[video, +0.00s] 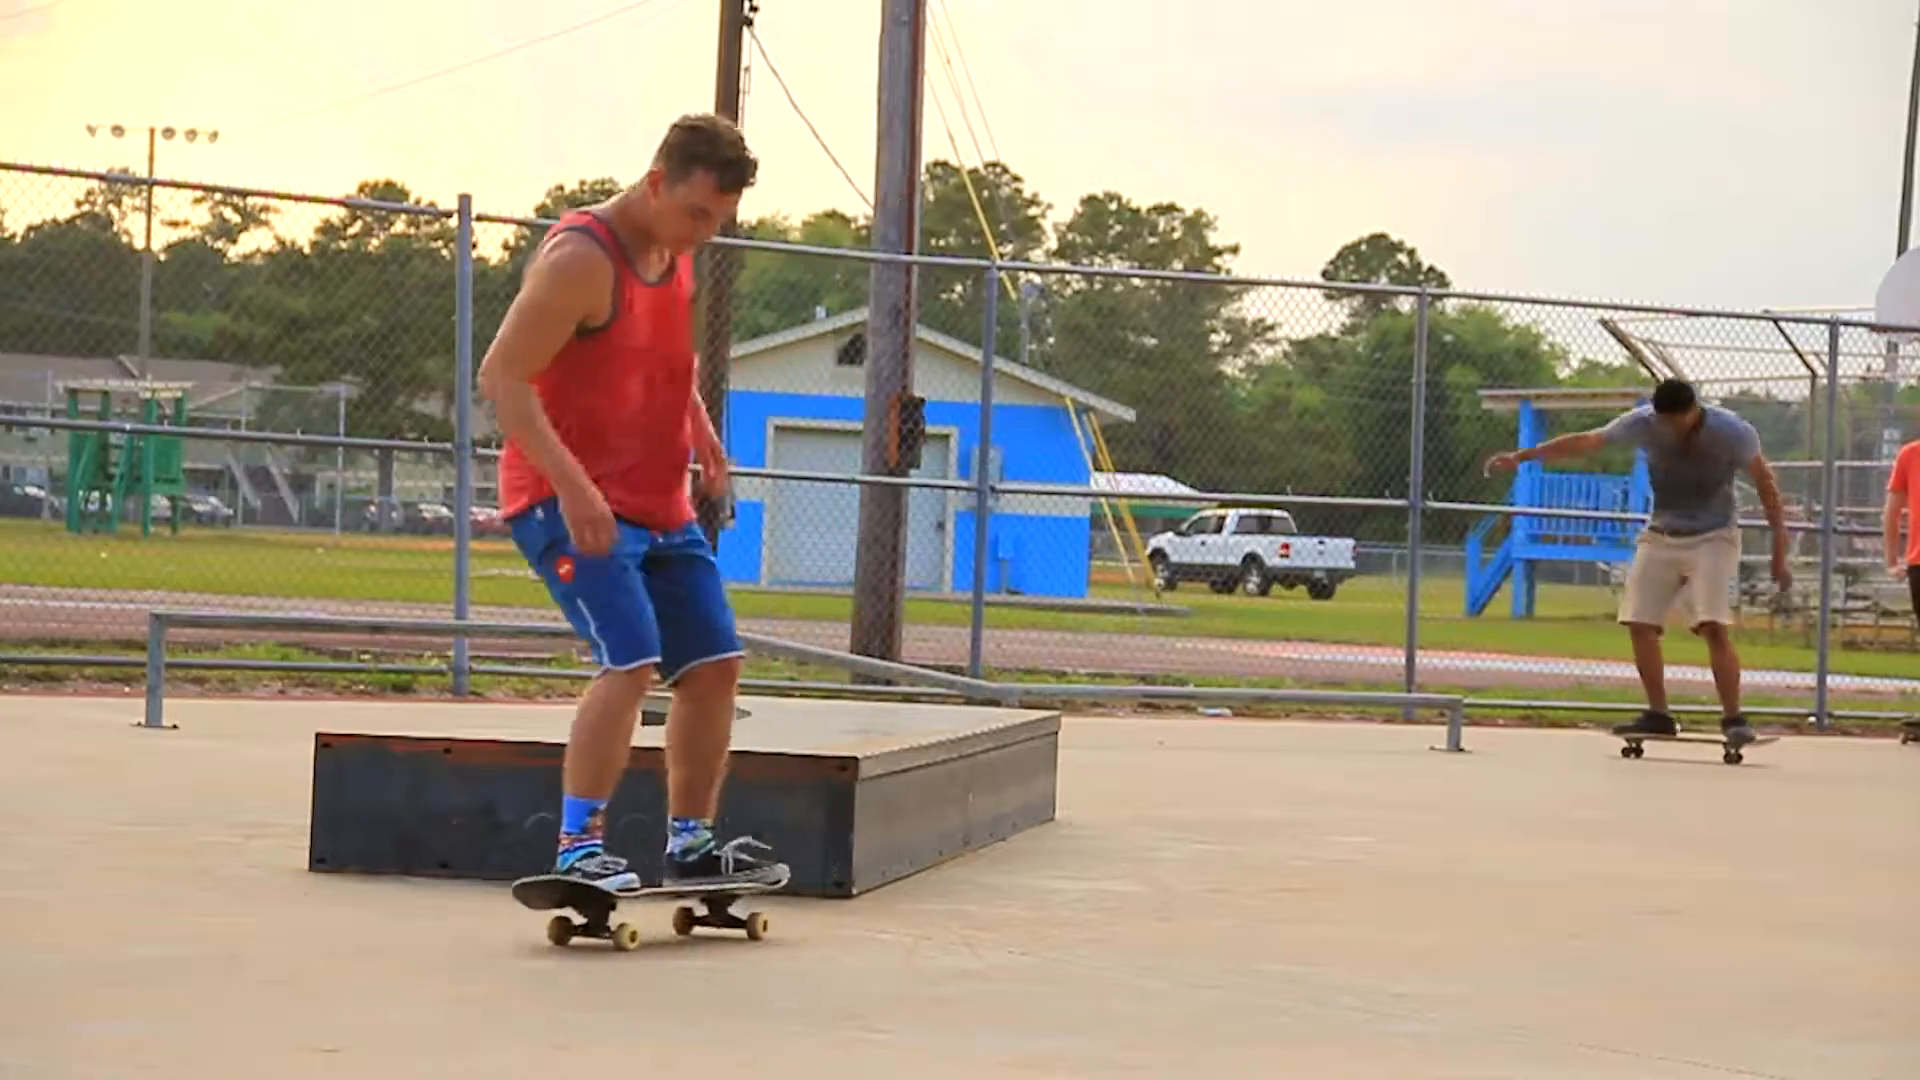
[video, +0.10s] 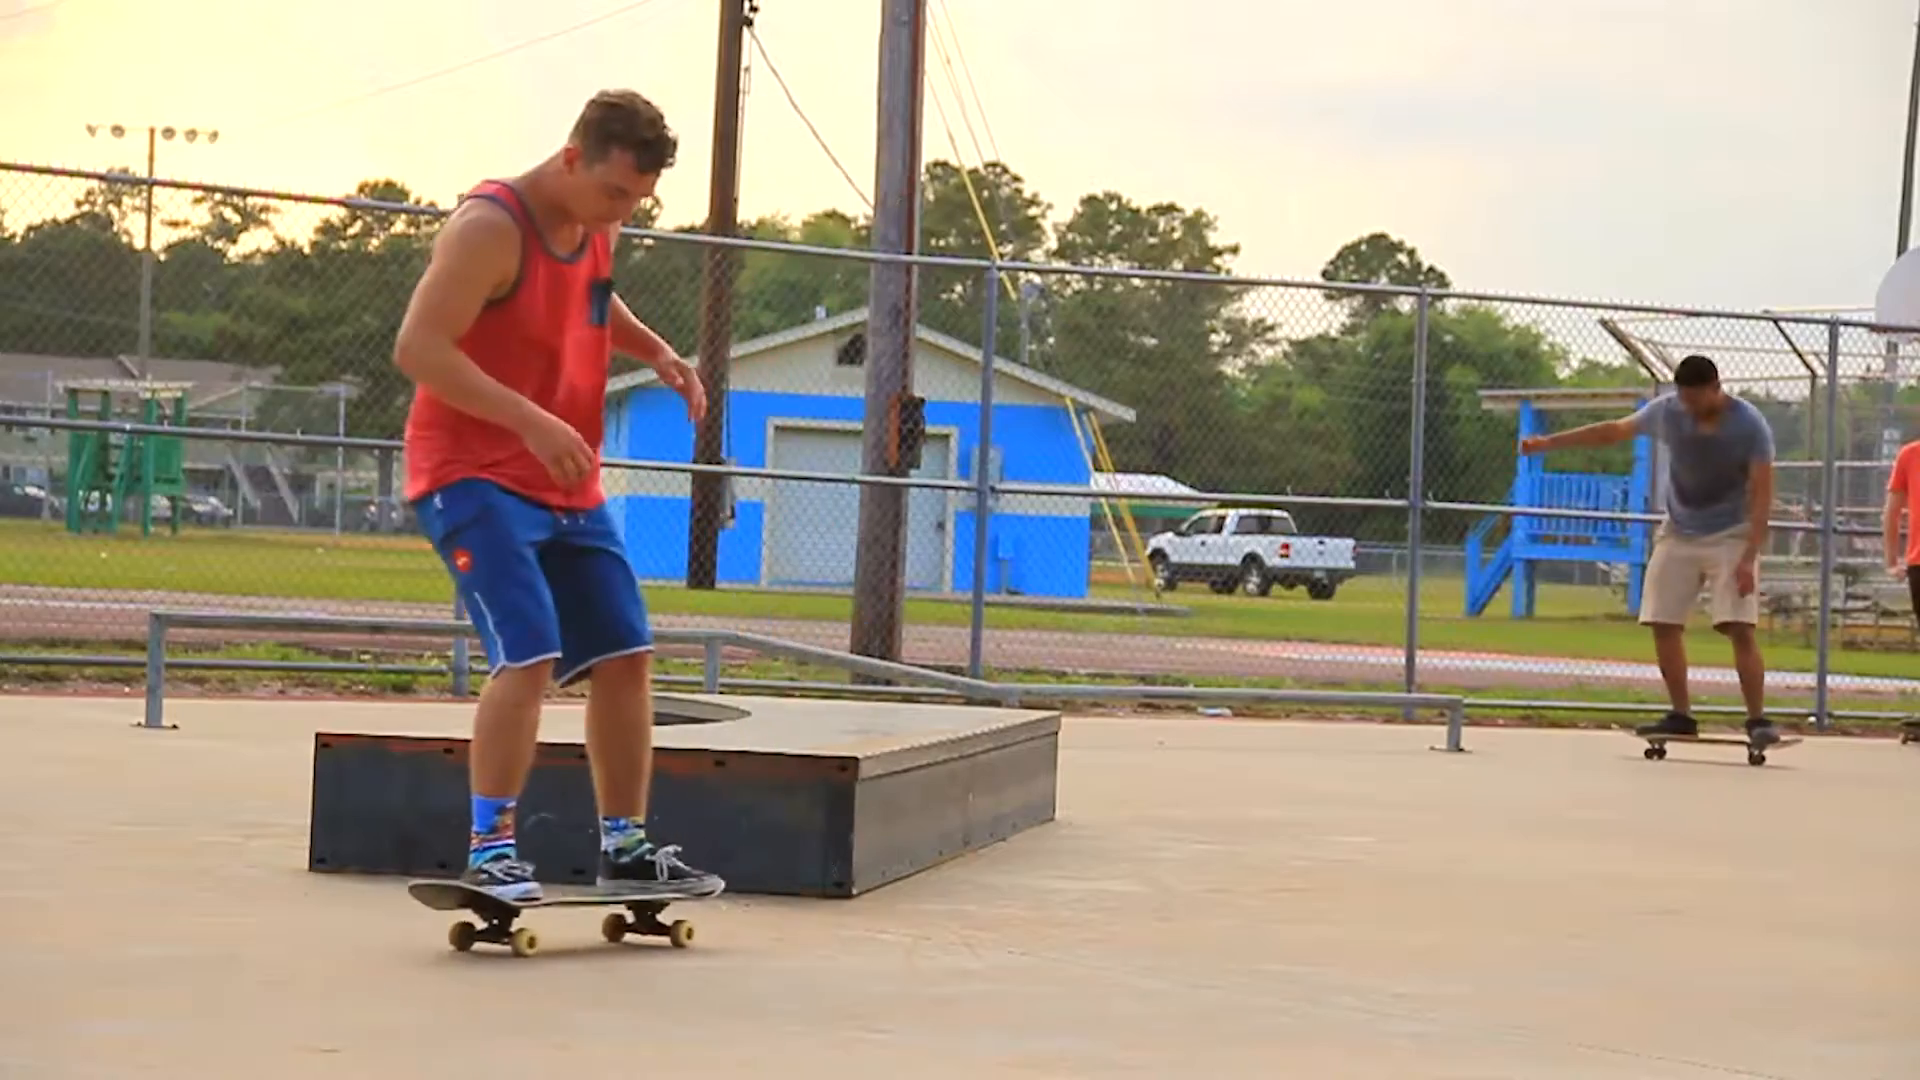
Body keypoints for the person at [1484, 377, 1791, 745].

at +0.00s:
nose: (1674, 432)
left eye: (1681, 425)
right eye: (1666, 425)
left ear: (1696, 411)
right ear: (1656, 414)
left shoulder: (1732, 432)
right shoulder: (1644, 423)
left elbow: (1766, 485)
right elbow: (1585, 443)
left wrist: (1780, 553)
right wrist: (1523, 455)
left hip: (1713, 539)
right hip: (1661, 537)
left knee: (1714, 626)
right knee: (1639, 623)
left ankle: (1734, 720)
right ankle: (1658, 715)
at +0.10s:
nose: (1690, 405)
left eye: (1696, 399)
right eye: (1684, 398)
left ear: (1717, 388)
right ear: (1679, 391)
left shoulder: (1750, 424)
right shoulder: (1667, 410)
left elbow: (1762, 495)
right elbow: (1614, 431)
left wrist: (1750, 557)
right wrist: (1549, 442)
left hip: (1733, 538)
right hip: (1678, 536)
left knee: (1742, 630)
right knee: (1664, 624)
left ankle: (1757, 720)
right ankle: (1681, 716)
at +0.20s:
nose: (1703, 387)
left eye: (1709, 379)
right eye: (1699, 379)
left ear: (1733, 373)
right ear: (1698, 374)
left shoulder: (1764, 417)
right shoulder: (1693, 403)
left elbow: (1757, 494)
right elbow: (1649, 435)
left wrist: (1717, 537)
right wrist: (1591, 457)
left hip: (1748, 531)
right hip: (1697, 528)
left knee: (1760, 627)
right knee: (1685, 622)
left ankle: (1780, 721)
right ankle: (1702, 716)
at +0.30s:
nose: (1715, 367)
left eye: (1722, 359)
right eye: (1714, 360)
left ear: (1749, 360)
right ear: (1724, 362)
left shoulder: (1776, 412)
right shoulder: (1718, 405)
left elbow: (1761, 476)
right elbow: (1696, 452)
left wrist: (1697, 507)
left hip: (1762, 530)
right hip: (1714, 530)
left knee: (1775, 626)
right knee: (1706, 623)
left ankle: (1804, 719)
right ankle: (1718, 718)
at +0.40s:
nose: (1729, 358)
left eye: (1737, 351)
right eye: (1731, 351)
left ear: (1765, 355)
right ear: (1755, 356)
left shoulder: (1786, 407)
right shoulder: (1745, 410)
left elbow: (1760, 468)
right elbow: (1748, 474)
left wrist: (1691, 489)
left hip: (1777, 530)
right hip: (1732, 531)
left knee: (1783, 627)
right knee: (1718, 621)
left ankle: (1820, 721)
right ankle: (1727, 718)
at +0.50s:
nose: (1745, 355)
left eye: (1753, 347)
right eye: (1748, 348)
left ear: (1776, 355)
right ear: (1769, 357)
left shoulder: (1789, 400)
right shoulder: (1771, 405)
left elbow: (1766, 462)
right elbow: (1777, 474)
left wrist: (1698, 493)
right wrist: (1757, 522)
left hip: (1795, 529)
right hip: (1761, 529)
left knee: (1788, 627)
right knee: (1736, 620)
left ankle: (1816, 723)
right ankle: (1724, 717)